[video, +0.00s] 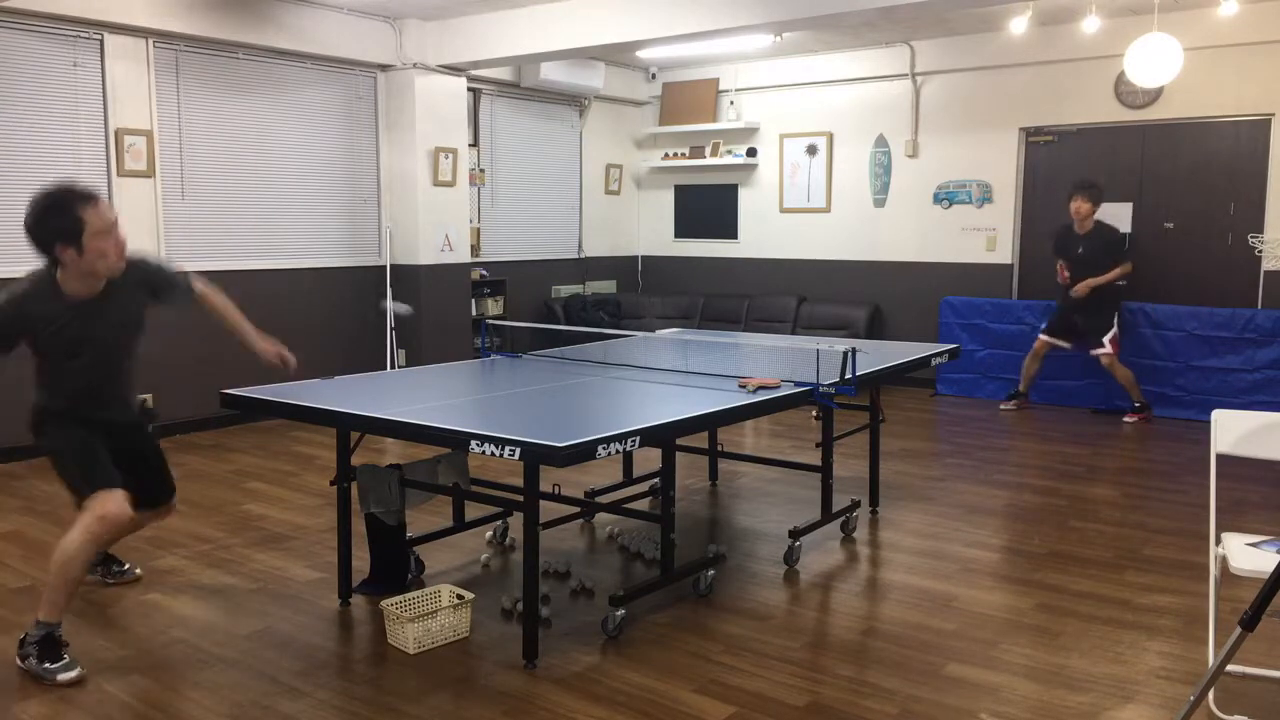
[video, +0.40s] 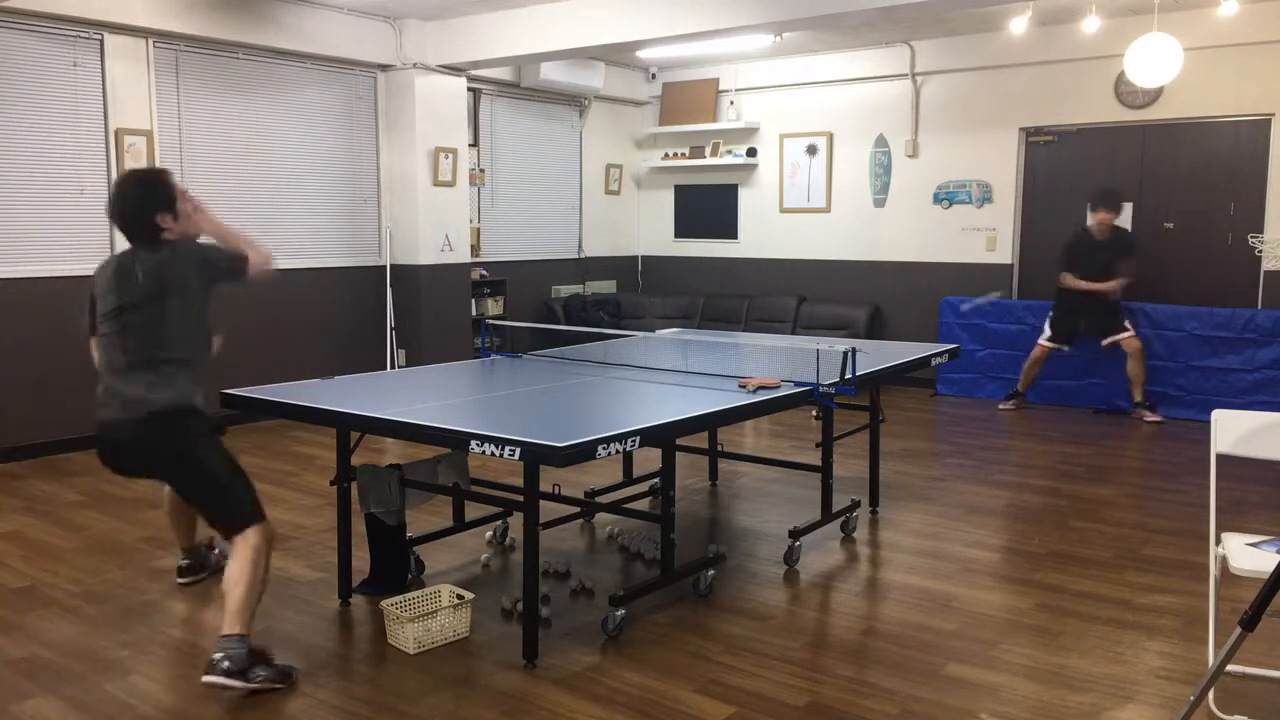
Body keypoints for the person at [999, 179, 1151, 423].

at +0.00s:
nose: (1076, 207)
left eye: (1083, 202)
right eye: (1074, 201)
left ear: (1094, 208)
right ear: (1069, 205)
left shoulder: (1109, 235)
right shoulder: (1064, 234)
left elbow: (1126, 267)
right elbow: (1060, 262)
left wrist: (1090, 283)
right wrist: (1063, 274)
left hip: (1101, 304)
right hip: (1070, 303)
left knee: (1108, 360)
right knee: (1039, 347)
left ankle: (1140, 404)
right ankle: (1021, 394)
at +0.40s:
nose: (1106, 218)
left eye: (1111, 212)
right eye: (1102, 212)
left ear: (1117, 215)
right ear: (1092, 212)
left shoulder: (1122, 240)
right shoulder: (1077, 240)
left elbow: (1126, 277)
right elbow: (1065, 279)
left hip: (1105, 306)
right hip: (1070, 306)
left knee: (1134, 347)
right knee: (1040, 352)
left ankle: (1140, 404)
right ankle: (1018, 393)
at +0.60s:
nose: (1164, 232)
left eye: (1167, 228)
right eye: (1164, 227)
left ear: (1154, 222)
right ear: (1157, 223)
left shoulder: (1150, 244)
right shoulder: (1136, 245)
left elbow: (1155, 279)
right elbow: (1154, 281)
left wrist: (1182, 287)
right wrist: (1188, 271)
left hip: (1133, 313)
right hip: (1109, 313)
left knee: (1167, 351)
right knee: (1084, 364)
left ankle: (1147, 407)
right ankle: (1028, 387)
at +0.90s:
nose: (1217, 186)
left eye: (1218, 181)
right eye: (1214, 180)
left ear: (1195, 178)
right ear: (1200, 178)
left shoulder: (1176, 199)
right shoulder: (1183, 207)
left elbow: (1146, 214)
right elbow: (1157, 248)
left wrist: (1175, 231)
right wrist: (1149, 287)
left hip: (1165, 278)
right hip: (1172, 278)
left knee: (1168, 340)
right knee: (1221, 299)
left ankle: (1150, 399)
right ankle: (1185, 350)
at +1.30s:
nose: (1181, 190)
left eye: (1186, 185)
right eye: (1183, 184)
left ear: (1201, 189)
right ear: (1205, 189)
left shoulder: (1184, 221)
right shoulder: (1236, 216)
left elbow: (1177, 262)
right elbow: (1248, 253)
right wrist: (1251, 288)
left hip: (1197, 300)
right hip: (1231, 300)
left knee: (1204, 360)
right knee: (1228, 361)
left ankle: (1200, 415)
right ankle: (1233, 414)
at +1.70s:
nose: (1203, 190)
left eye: (1211, 184)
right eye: (1201, 185)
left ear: (1226, 190)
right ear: (1198, 189)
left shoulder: (1238, 215)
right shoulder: (1211, 226)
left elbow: (1255, 249)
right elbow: (1229, 259)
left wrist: (1214, 268)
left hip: (1250, 294)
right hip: (1233, 296)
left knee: (1215, 350)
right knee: (1237, 360)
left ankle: (1214, 415)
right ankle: (1268, 412)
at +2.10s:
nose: (1213, 204)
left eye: (1220, 198)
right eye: (1209, 198)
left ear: (1234, 202)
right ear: (1205, 202)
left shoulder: (1252, 229)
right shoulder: (1204, 237)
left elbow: (1276, 262)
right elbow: (1197, 281)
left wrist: (1263, 296)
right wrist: (1228, 284)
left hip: (1249, 306)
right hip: (1223, 304)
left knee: (1206, 361)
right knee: (1203, 364)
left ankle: (1234, 418)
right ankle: (1237, 416)